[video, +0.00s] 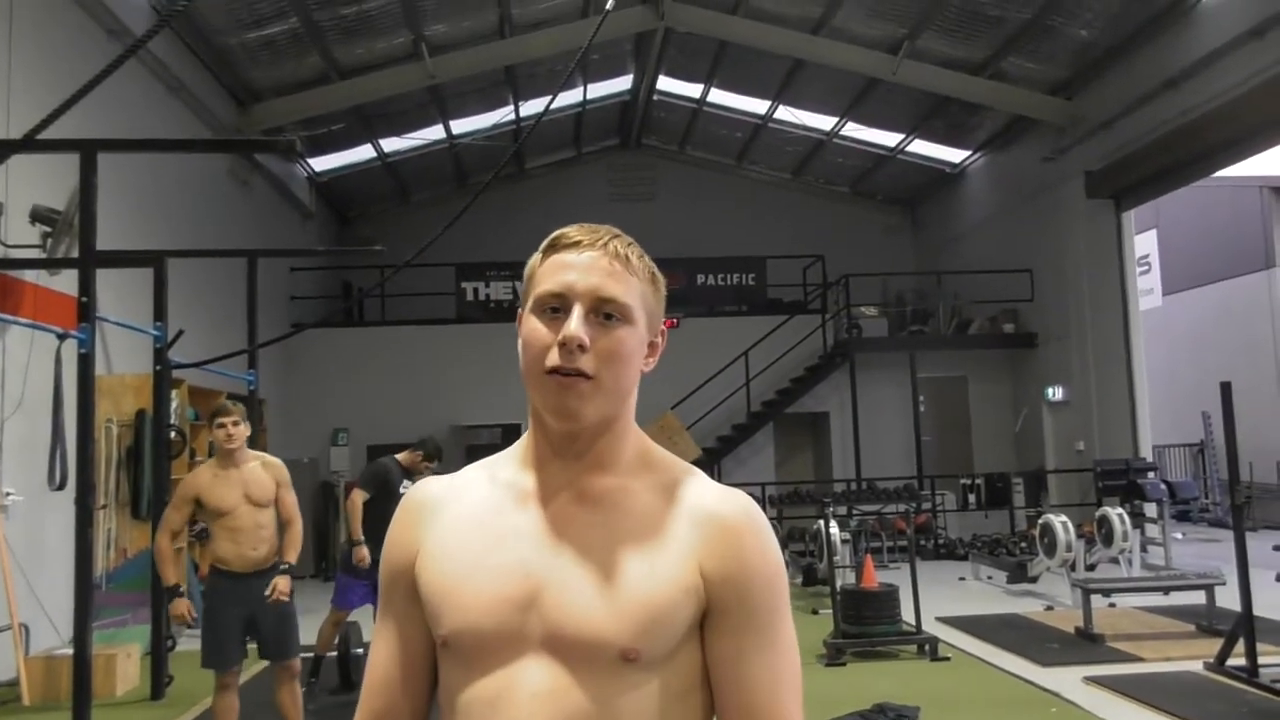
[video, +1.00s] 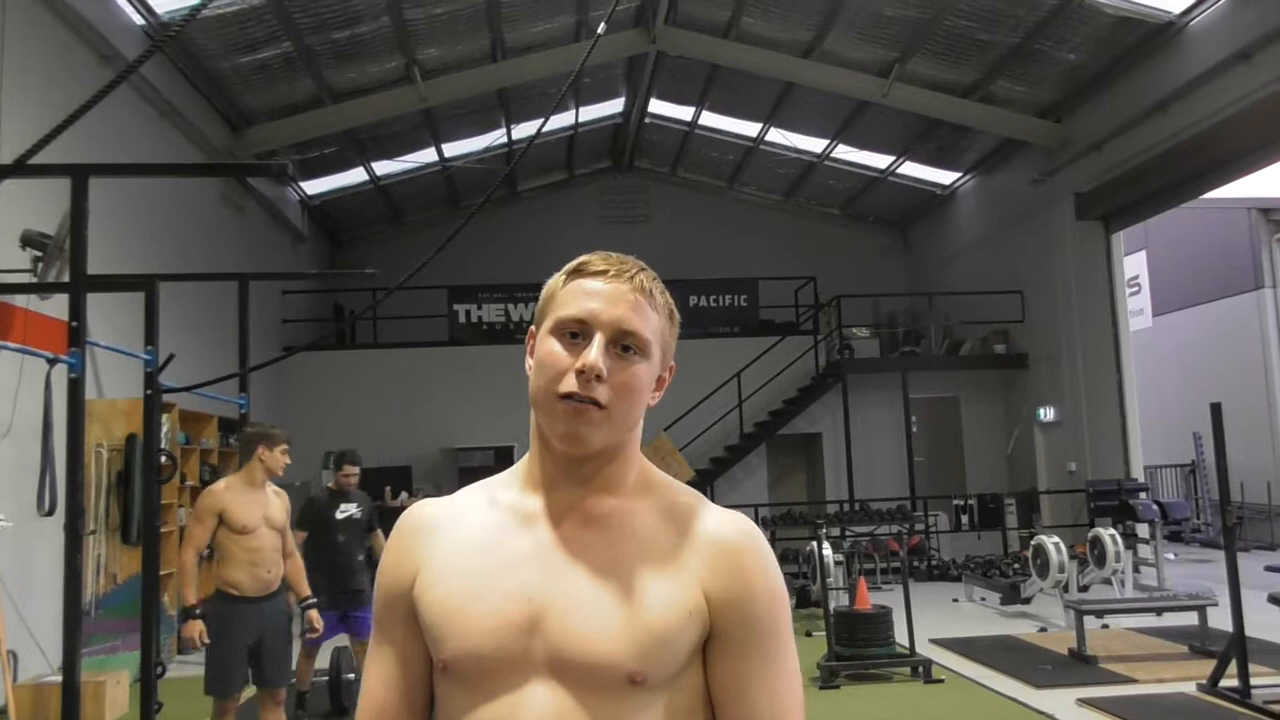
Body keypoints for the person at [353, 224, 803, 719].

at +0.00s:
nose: (572, 335)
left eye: (607, 315)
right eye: (552, 310)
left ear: (652, 349)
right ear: (520, 330)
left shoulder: (724, 529)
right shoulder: (429, 514)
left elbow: (769, 712)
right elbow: (382, 714)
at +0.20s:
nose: (570, 346)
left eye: (606, 326)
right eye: (551, 318)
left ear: (650, 355)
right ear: (518, 333)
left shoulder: (720, 533)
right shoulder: (429, 523)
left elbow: (767, 711)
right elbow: (385, 713)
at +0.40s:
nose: (580, 356)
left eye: (614, 336)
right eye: (560, 326)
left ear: (653, 366)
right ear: (524, 339)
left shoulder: (721, 538)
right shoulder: (426, 527)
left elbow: (764, 712)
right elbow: (387, 714)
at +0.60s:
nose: (590, 358)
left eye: (625, 339)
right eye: (571, 327)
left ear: (659, 374)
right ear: (532, 343)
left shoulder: (726, 541)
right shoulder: (427, 526)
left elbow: (768, 711)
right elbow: (382, 712)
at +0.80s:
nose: (591, 360)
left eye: (625, 342)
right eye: (571, 330)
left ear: (659, 379)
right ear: (533, 348)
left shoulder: (727, 547)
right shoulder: (428, 532)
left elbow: (775, 714)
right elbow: (379, 715)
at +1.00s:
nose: (590, 365)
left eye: (625, 347)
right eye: (571, 335)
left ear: (659, 383)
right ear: (532, 351)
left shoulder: (726, 553)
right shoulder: (425, 537)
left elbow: (773, 713)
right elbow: (380, 714)